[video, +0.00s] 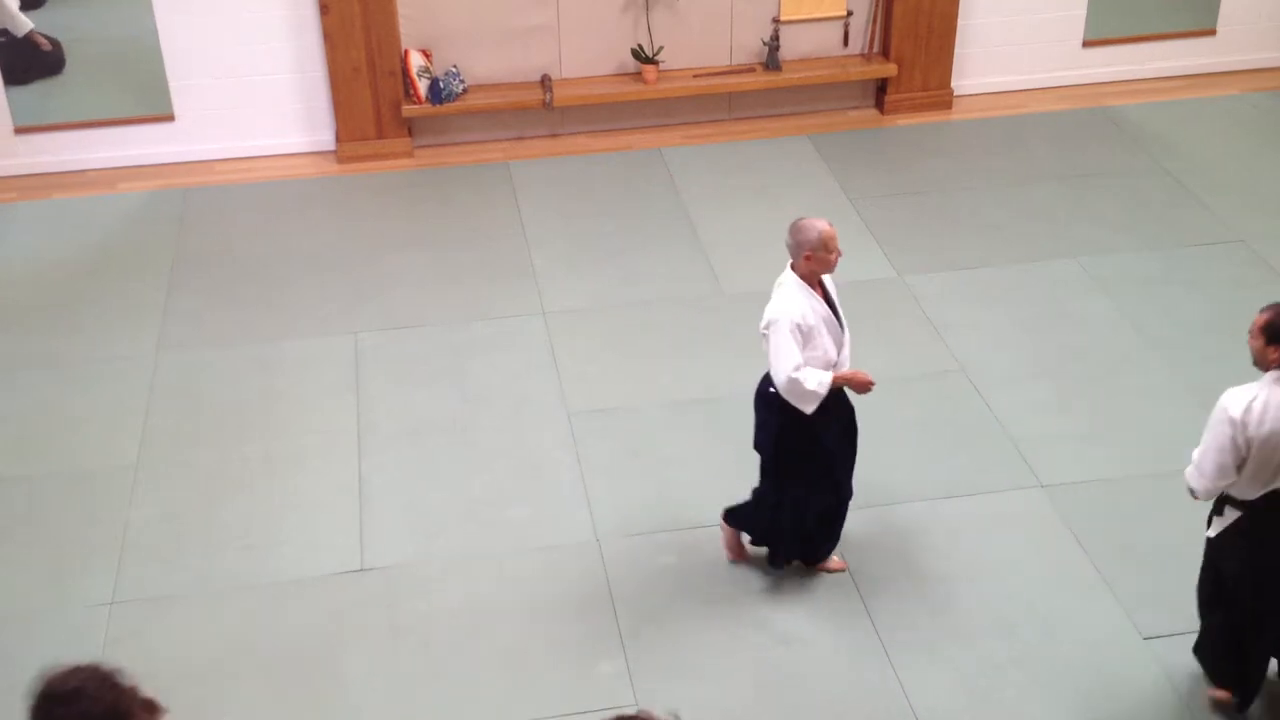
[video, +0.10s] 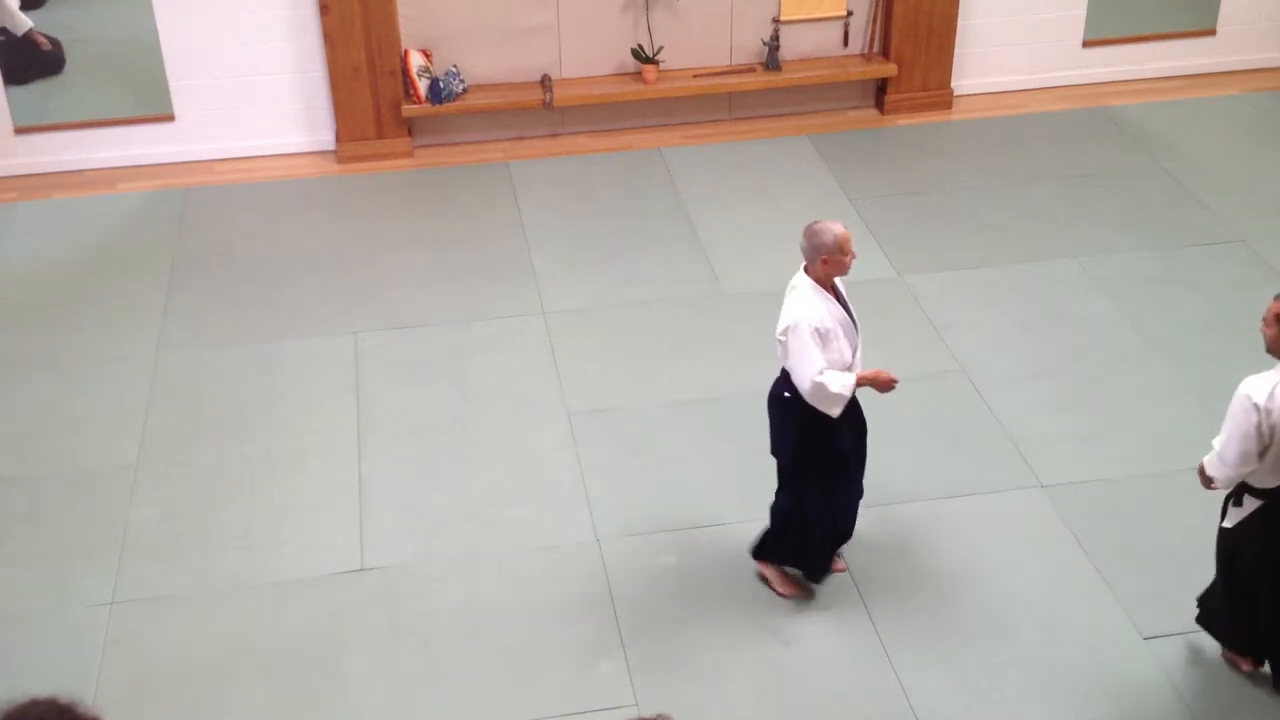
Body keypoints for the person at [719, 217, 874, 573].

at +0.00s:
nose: (839, 254)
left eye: (837, 248)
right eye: (832, 251)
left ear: (809, 258)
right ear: (807, 260)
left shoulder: (821, 280)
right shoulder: (785, 311)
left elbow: (822, 339)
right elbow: (788, 378)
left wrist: (835, 377)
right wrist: (842, 379)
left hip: (826, 398)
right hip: (791, 408)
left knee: (832, 481)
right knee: (792, 489)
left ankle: (815, 549)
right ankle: (735, 521)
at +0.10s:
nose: (853, 257)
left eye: (852, 250)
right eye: (847, 252)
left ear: (823, 258)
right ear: (823, 260)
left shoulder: (824, 282)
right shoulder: (802, 316)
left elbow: (828, 346)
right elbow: (813, 382)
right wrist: (865, 379)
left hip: (832, 400)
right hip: (803, 410)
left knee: (838, 479)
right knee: (805, 487)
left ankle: (820, 550)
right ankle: (770, 558)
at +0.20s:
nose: (866, 259)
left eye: (864, 253)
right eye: (860, 256)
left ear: (834, 262)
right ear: (838, 265)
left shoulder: (823, 283)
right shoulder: (820, 323)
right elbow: (837, 387)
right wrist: (887, 382)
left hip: (829, 403)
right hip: (819, 415)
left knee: (831, 491)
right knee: (822, 496)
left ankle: (826, 576)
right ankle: (817, 589)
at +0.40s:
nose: (890, 269)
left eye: (888, 263)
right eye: (887, 265)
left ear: (851, 269)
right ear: (872, 277)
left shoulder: (831, 289)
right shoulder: (863, 334)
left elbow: (809, 327)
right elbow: (888, 394)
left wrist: (843, 341)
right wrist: (937, 387)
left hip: (819, 400)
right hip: (849, 423)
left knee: (822, 479)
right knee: (865, 505)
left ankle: (809, 548)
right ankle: (861, 607)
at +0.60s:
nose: (916, 277)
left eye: (914, 271)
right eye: (914, 273)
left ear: (874, 276)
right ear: (903, 286)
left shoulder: (849, 301)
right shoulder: (896, 342)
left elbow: (817, 340)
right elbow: (938, 398)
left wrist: (845, 367)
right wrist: (981, 387)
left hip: (831, 406)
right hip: (865, 433)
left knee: (827, 485)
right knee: (874, 512)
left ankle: (808, 550)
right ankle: (863, 609)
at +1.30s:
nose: (927, 301)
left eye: (926, 295)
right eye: (926, 298)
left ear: (883, 295)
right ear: (919, 308)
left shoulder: (855, 319)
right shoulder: (913, 365)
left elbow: (820, 354)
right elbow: (971, 399)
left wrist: (850, 378)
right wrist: (1026, 381)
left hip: (831, 421)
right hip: (872, 446)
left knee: (828, 508)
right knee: (884, 526)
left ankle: (816, 586)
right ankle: (885, 616)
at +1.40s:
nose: (844, 299)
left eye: (841, 292)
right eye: (841, 293)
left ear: (808, 290)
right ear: (834, 299)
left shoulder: (776, 313)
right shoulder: (826, 353)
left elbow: (755, 342)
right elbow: (881, 386)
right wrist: (942, 370)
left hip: (752, 417)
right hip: (785, 437)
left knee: (758, 507)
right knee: (798, 517)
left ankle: (750, 580)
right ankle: (793, 609)